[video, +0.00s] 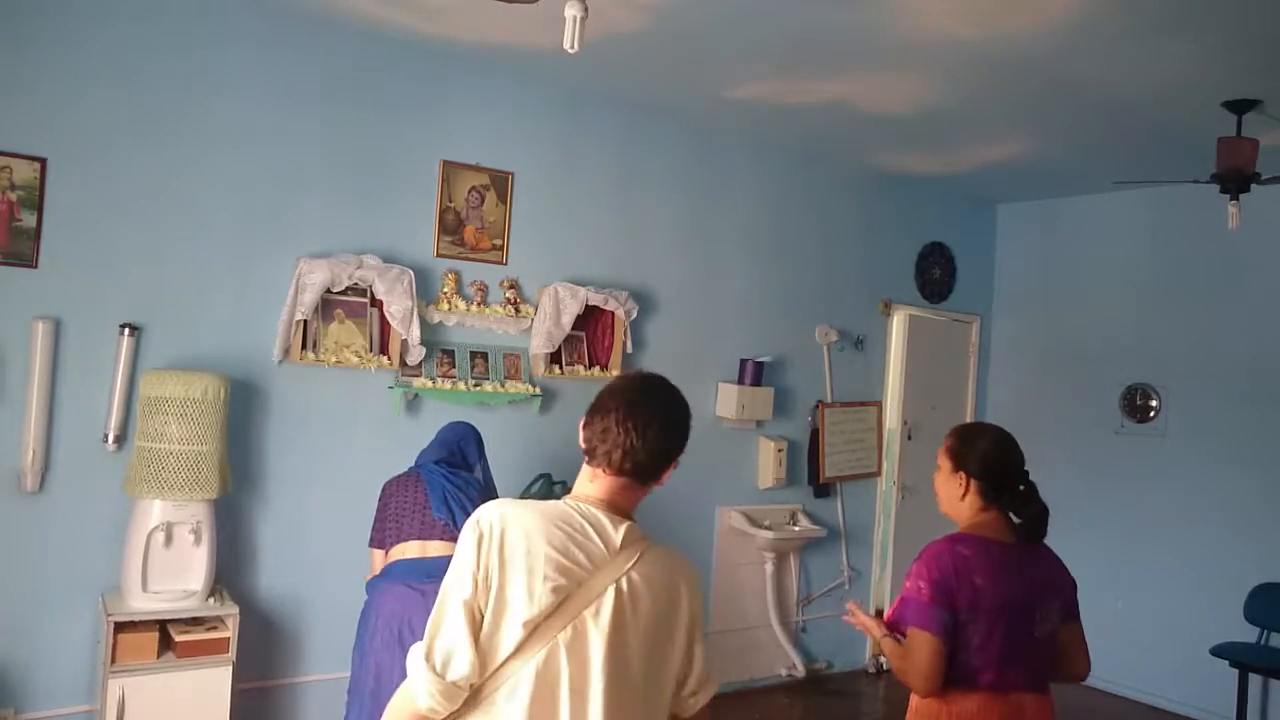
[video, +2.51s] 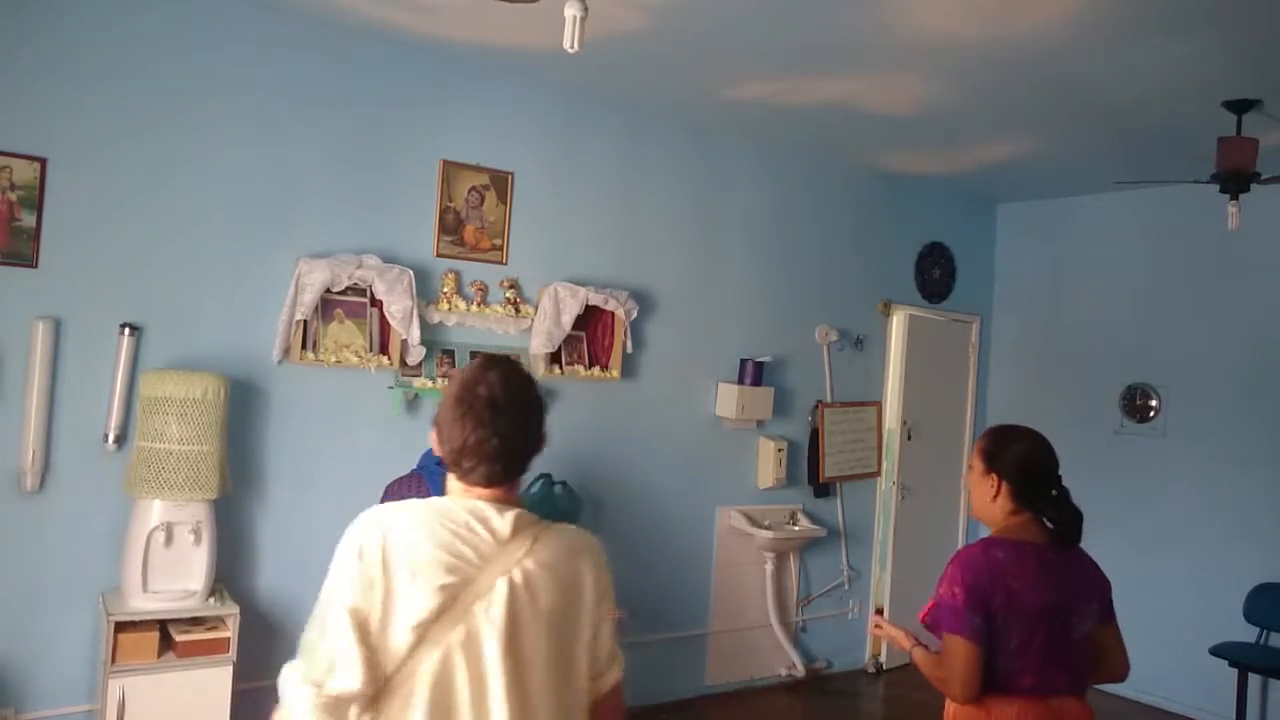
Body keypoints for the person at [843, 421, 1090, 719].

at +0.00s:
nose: (934, 479)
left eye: (938, 469)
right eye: (936, 469)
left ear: (962, 482)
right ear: (1006, 481)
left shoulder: (941, 559)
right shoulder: (1047, 562)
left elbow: (924, 678)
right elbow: (1075, 666)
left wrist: (881, 637)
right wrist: (1003, 654)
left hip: (951, 707)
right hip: (1031, 706)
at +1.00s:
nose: (960, 475)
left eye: (967, 467)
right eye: (963, 466)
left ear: (994, 486)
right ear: (1031, 483)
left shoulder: (979, 559)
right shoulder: (1065, 552)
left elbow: (961, 668)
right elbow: (1087, 641)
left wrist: (912, 622)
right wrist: (1021, 634)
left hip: (988, 701)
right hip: (1053, 693)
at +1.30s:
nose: (966, 463)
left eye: (976, 457)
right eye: (972, 454)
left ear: (1003, 477)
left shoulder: (987, 548)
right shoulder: (1057, 545)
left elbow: (973, 657)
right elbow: (1075, 636)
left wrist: (915, 620)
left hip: (988, 692)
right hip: (1048, 684)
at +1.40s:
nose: (966, 464)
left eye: (976, 457)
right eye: (971, 455)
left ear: (1003, 476)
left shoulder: (990, 547)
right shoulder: (1054, 542)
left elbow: (975, 655)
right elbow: (1071, 636)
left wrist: (912, 618)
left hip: (987, 693)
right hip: (1045, 684)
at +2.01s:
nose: (963, 468)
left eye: (972, 459)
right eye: (968, 458)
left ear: (999, 475)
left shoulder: (983, 554)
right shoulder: (1059, 551)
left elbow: (972, 668)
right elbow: (1079, 652)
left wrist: (912, 630)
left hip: (982, 701)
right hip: (1048, 696)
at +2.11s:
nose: (962, 472)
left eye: (971, 462)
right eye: (967, 462)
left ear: (997, 478)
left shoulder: (981, 557)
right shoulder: (1062, 556)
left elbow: (968, 673)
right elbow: (1086, 657)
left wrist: (910, 636)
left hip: (982, 703)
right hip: (1050, 700)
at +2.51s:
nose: (966, 482)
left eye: (971, 471)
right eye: (969, 470)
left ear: (995, 484)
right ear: (1041, 482)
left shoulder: (973, 564)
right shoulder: (1081, 565)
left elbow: (962, 686)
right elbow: (1114, 666)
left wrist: (910, 646)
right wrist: (1041, 666)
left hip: (989, 709)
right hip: (1069, 709)